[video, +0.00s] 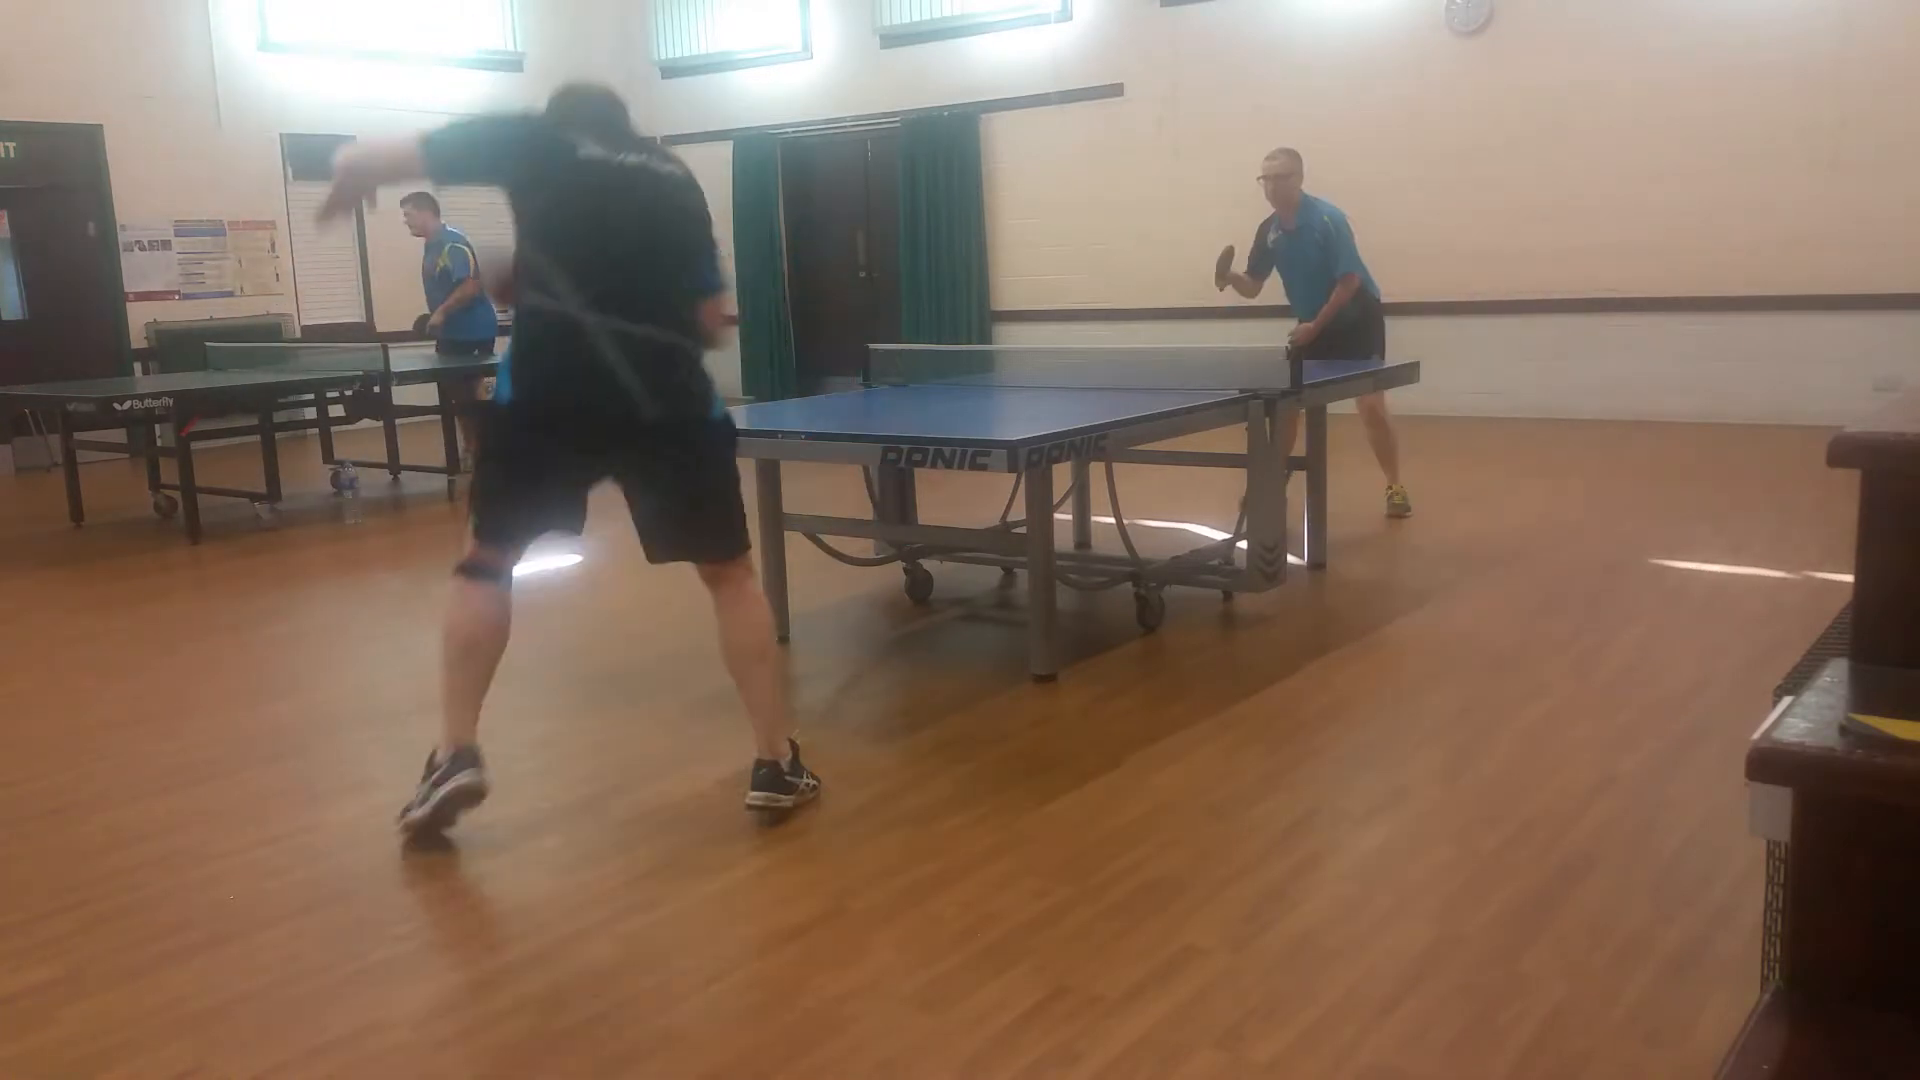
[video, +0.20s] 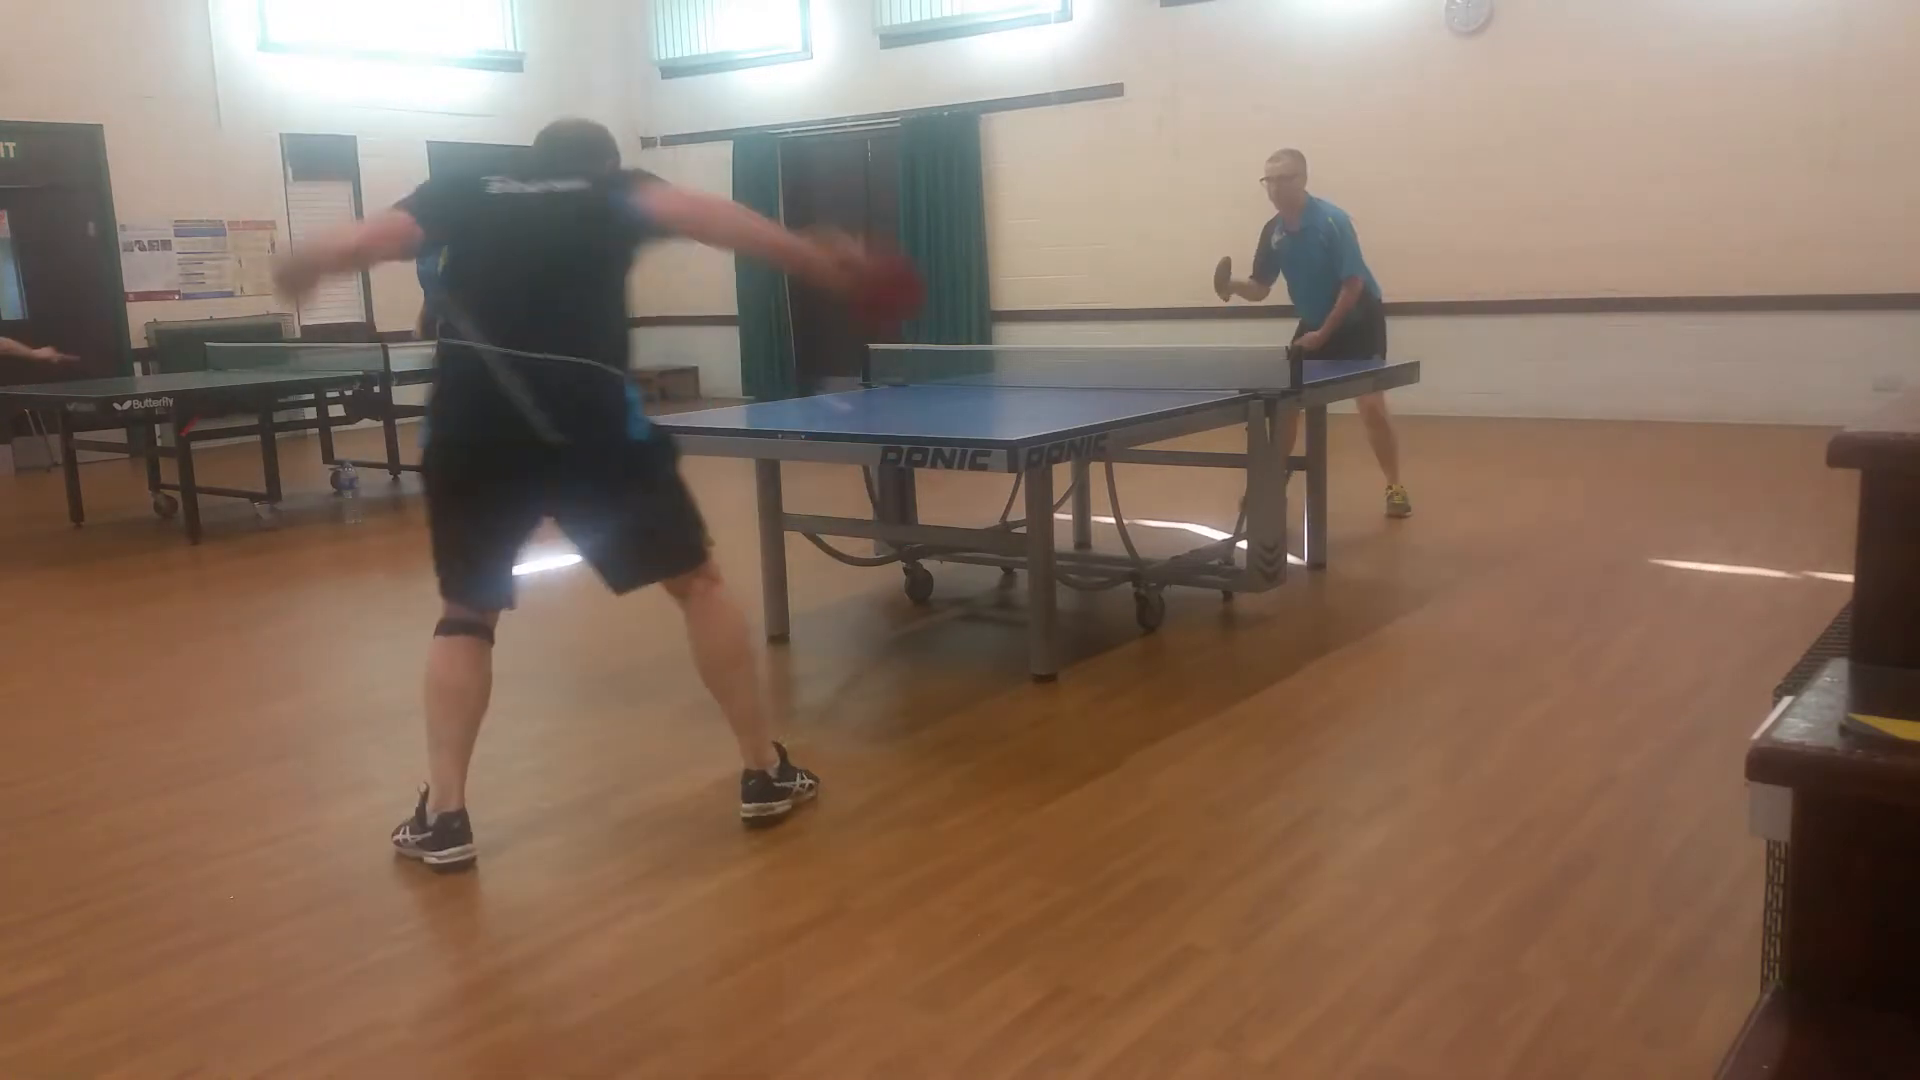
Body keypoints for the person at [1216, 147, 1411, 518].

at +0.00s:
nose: (1268, 187)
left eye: (1276, 179)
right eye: (1264, 180)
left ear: (1296, 179)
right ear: (1261, 184)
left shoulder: (1328, 219)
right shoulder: (1269, 231)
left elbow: (1350, 281)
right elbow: (1251, 287)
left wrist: (1314, 326)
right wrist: (1231, 275)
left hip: (1357, 316)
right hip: (1312, 322)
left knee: (1370, 406)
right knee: (1286, 404)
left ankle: (1394, 485)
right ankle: (1271, 488)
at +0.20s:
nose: (1271, 189)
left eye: (1279, 181)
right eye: (1267, 182)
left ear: (1301, 181)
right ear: (1265, 185)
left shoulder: (1333, 222)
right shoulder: (1273, 231)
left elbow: (1354, 283)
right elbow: (1259, 289)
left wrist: (1324, 332)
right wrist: (1231, 284)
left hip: (1357, 317)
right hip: (1313, 322)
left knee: (1370, 406)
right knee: (1285, 403)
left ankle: (1394, 486)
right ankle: (1270, 488)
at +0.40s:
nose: (1263, 190)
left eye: (1270, 181)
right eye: (1259, 183)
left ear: (1292, 181)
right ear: (1258, 187)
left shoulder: (1330, 221)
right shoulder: (1269, 236)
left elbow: (1354, 284)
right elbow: (1260, 296)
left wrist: (1325, 333)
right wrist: (1224, 304)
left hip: (1356, 319)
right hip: (1310, 325)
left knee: (1368, 408)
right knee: (1280, 406)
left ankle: (1394, 485)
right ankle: (1267, 489)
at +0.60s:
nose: (1237, 210)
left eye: (1243, 201)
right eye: (1234, 203)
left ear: (1268, 199)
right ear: (1235, 207)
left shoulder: (1312, 228)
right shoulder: (1259, 255)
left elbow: (1348, 285)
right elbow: (1268, 314)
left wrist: (1322, 336)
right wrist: (1235, 318)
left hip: (1351, 323)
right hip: (1306, 330)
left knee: (1365, 414)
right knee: (1265, 403)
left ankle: (1394, 486)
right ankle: (1230, 482)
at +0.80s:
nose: (1195, 241)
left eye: (1200, 231)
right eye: (1192, 234)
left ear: (1223, 227)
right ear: (1196, 238)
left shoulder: (1271, 243)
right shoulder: (1228, 285)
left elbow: (1323, 285)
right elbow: (1256, 336)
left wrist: (1308, 346)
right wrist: (1215, 328)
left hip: (1331, 338)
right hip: (1283, 349)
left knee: (1354, 420)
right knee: (1238, 416)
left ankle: (1393, 487)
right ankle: (1211, 492)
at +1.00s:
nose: (1171, 247)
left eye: (1176, 237)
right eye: (1167, 241)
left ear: (1200, 231)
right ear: (1168, 248)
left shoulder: (1249, 243)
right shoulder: (1195, 291)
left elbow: (1302, 277)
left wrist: (1293, 332)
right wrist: (1148, 335)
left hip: (1317, 329)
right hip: (1269, 345)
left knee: (1350, 413)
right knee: (1228, 409)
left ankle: (1395, 485)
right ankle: (1210, 493)